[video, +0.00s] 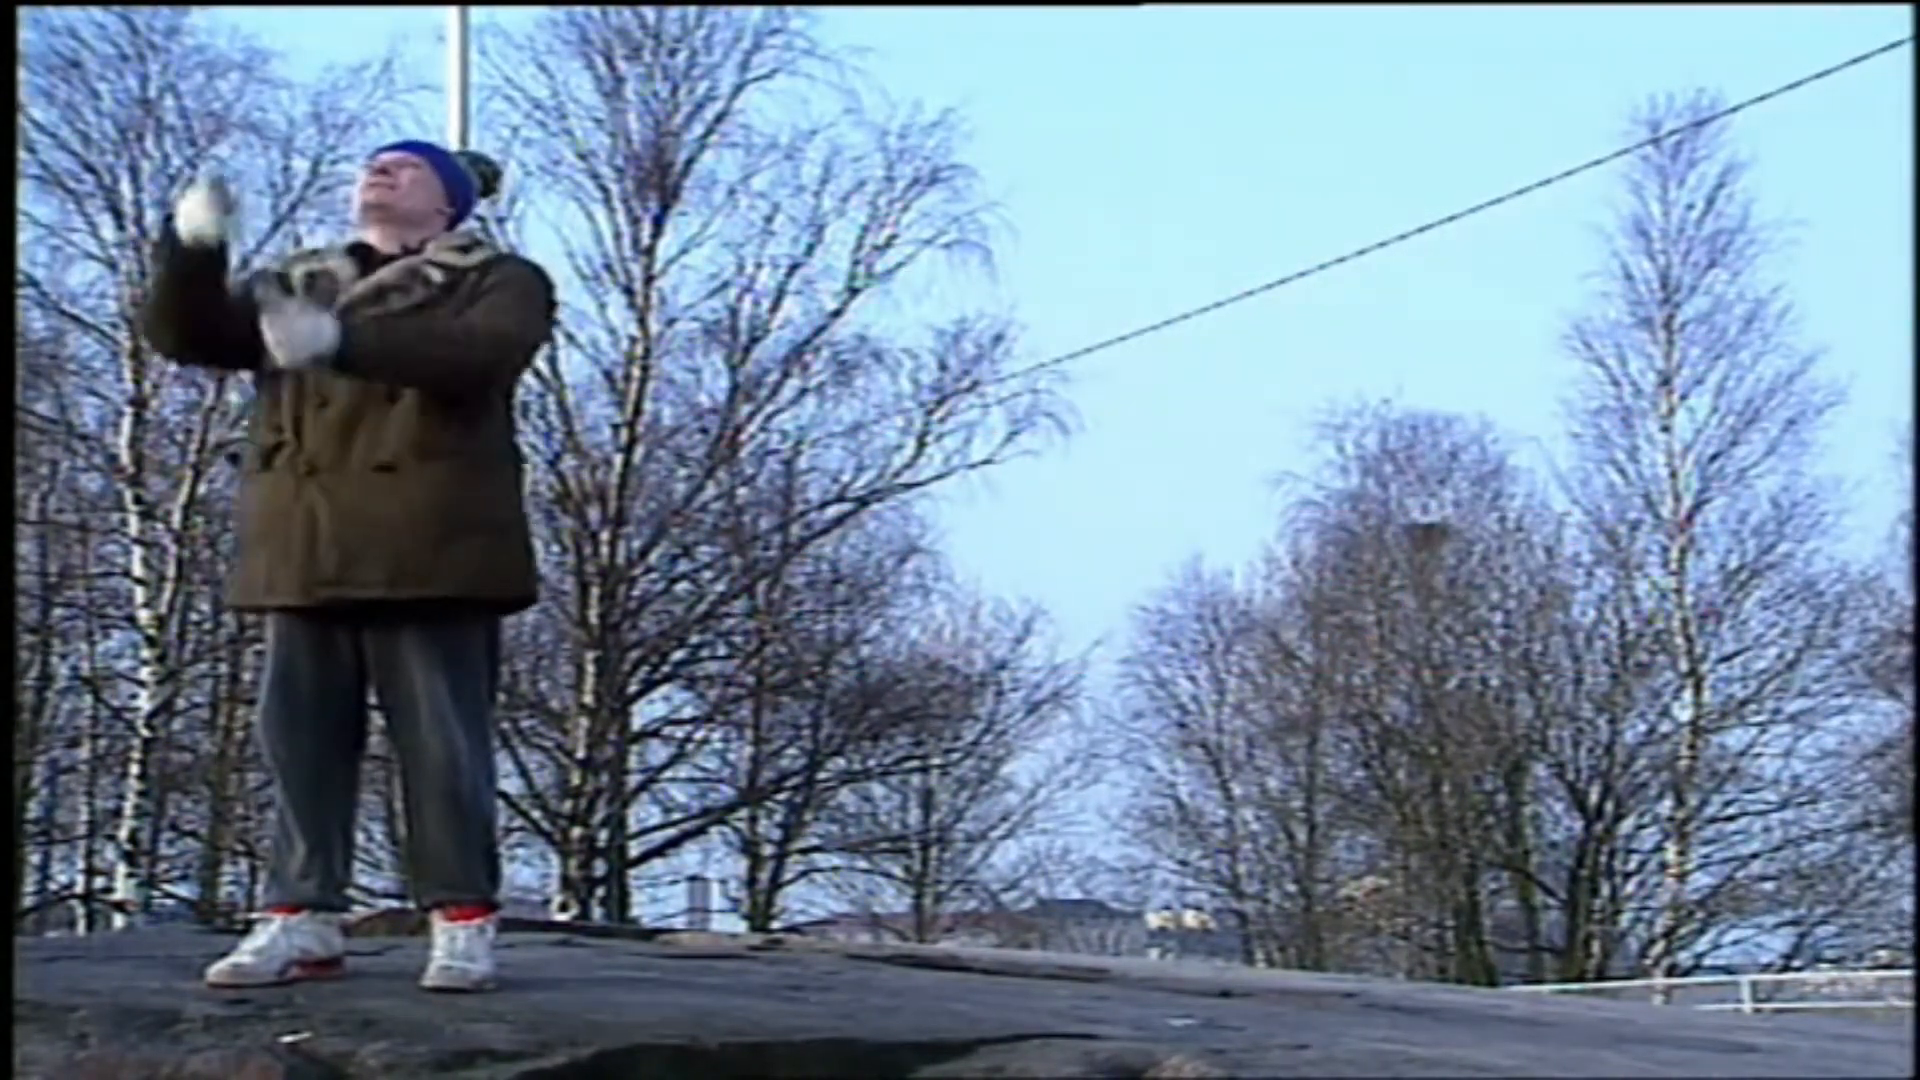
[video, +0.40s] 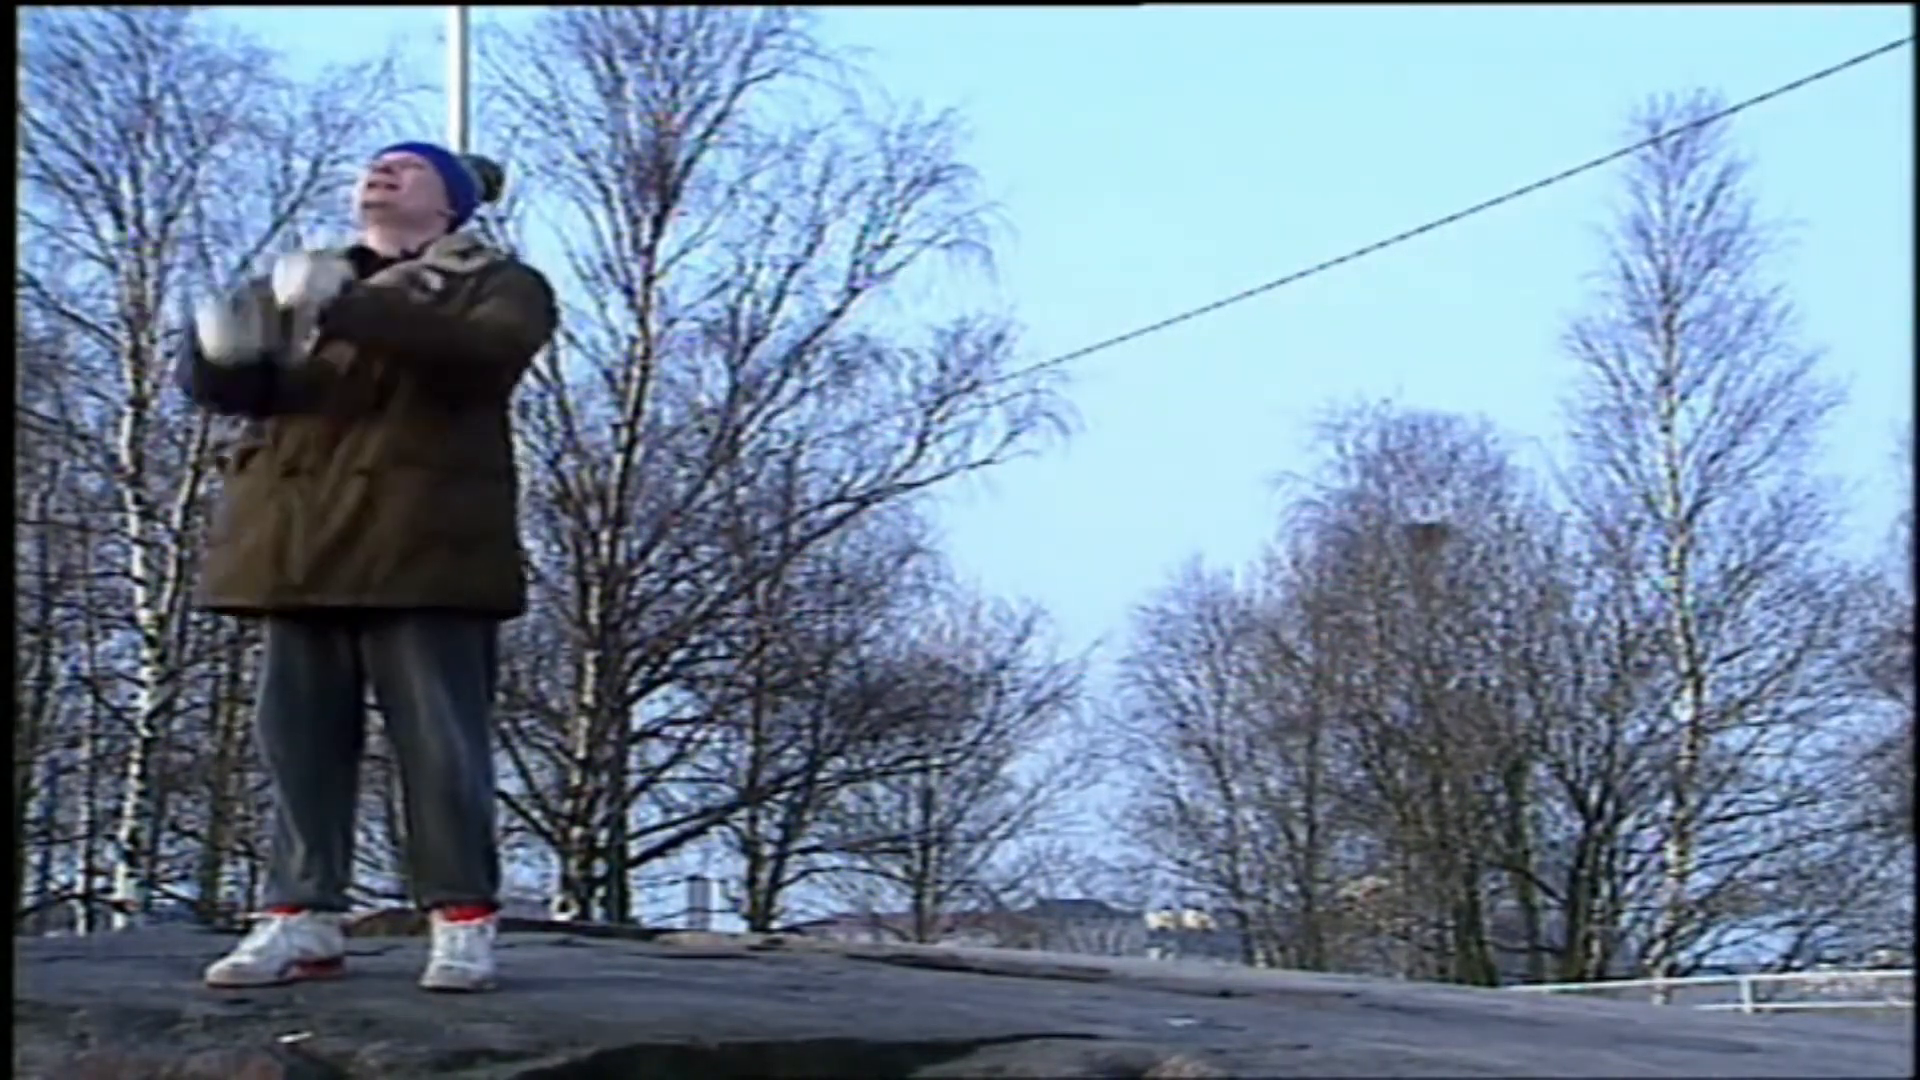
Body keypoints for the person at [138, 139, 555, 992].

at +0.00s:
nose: (376, 174)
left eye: (401, 167)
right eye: (370, 169)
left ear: (450, 204)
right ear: (354, 200)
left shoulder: (503, 279)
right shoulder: (305, 280)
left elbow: (472, 353)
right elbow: (186, 332)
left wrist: (342, 340)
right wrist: (192, 252)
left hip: (435, 559)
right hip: (306, 561)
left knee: (442, 741)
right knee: (299, 738)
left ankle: (463, 919)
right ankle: (305, 918)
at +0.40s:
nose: (375, 177)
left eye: (401, 168)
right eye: (369, 171)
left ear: (452, 204)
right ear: (356, 202)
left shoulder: (502, 282)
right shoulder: (314, 281)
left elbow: (482, 348)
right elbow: (263, 386)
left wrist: (340, 301)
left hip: (429, 550)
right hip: (305, 549)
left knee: (440, 740)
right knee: (299, 737)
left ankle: (461, 918)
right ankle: (306, 918)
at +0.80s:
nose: (382, 178)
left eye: (407, 171)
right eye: (376, 172)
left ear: (453, 207)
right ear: (359, 201)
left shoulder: (503, 279)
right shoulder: (307, 279)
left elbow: (479, 347)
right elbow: (186, 334)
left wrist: (341, 319)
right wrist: (177, 246)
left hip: (437, 555)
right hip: (306, 556)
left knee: (443, 739)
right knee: (299, 735)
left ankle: (462, 919)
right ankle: (306, 918)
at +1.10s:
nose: (383, 172)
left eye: (407, 165)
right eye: (374, 167)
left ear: (456, 204)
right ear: (357, 202)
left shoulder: (505, 282)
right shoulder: (307, 279)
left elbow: (486, 354)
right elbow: (221, 392)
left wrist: (334, 327)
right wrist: (215, 332)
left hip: (435, 550)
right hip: (306, 548)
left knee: (443, 741)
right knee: (301, 738)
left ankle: (462, 918)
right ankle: (306, 918)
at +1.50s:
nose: (380, 172)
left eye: (404, 164)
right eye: (371, 166)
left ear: (451, 195)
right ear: (354, 196)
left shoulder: (508, 284)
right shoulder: (310, 285)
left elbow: (480, 370)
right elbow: (198, 369)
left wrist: (342, 358)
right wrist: (206, 307)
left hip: (435, 556)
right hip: (305, 555)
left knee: (444, 742)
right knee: (301, 738)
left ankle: (463, 919)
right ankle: (307, 918)